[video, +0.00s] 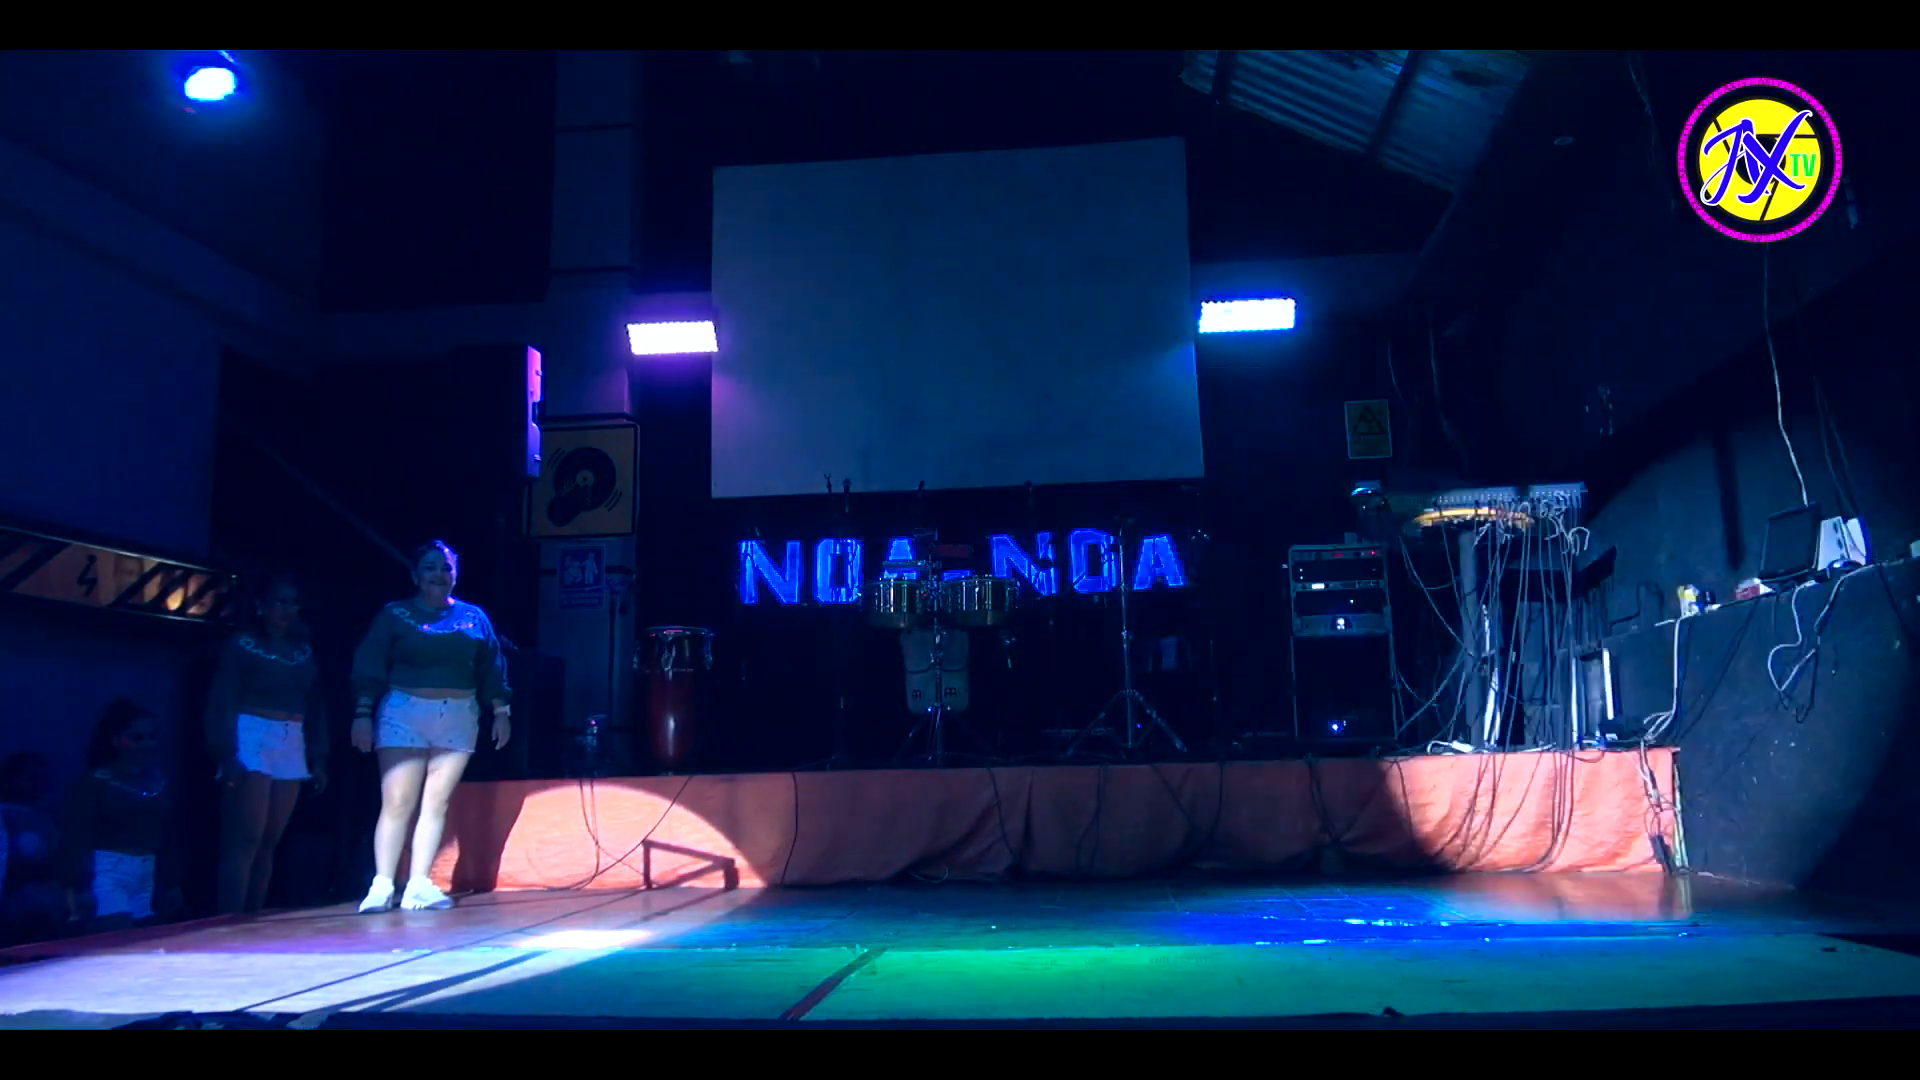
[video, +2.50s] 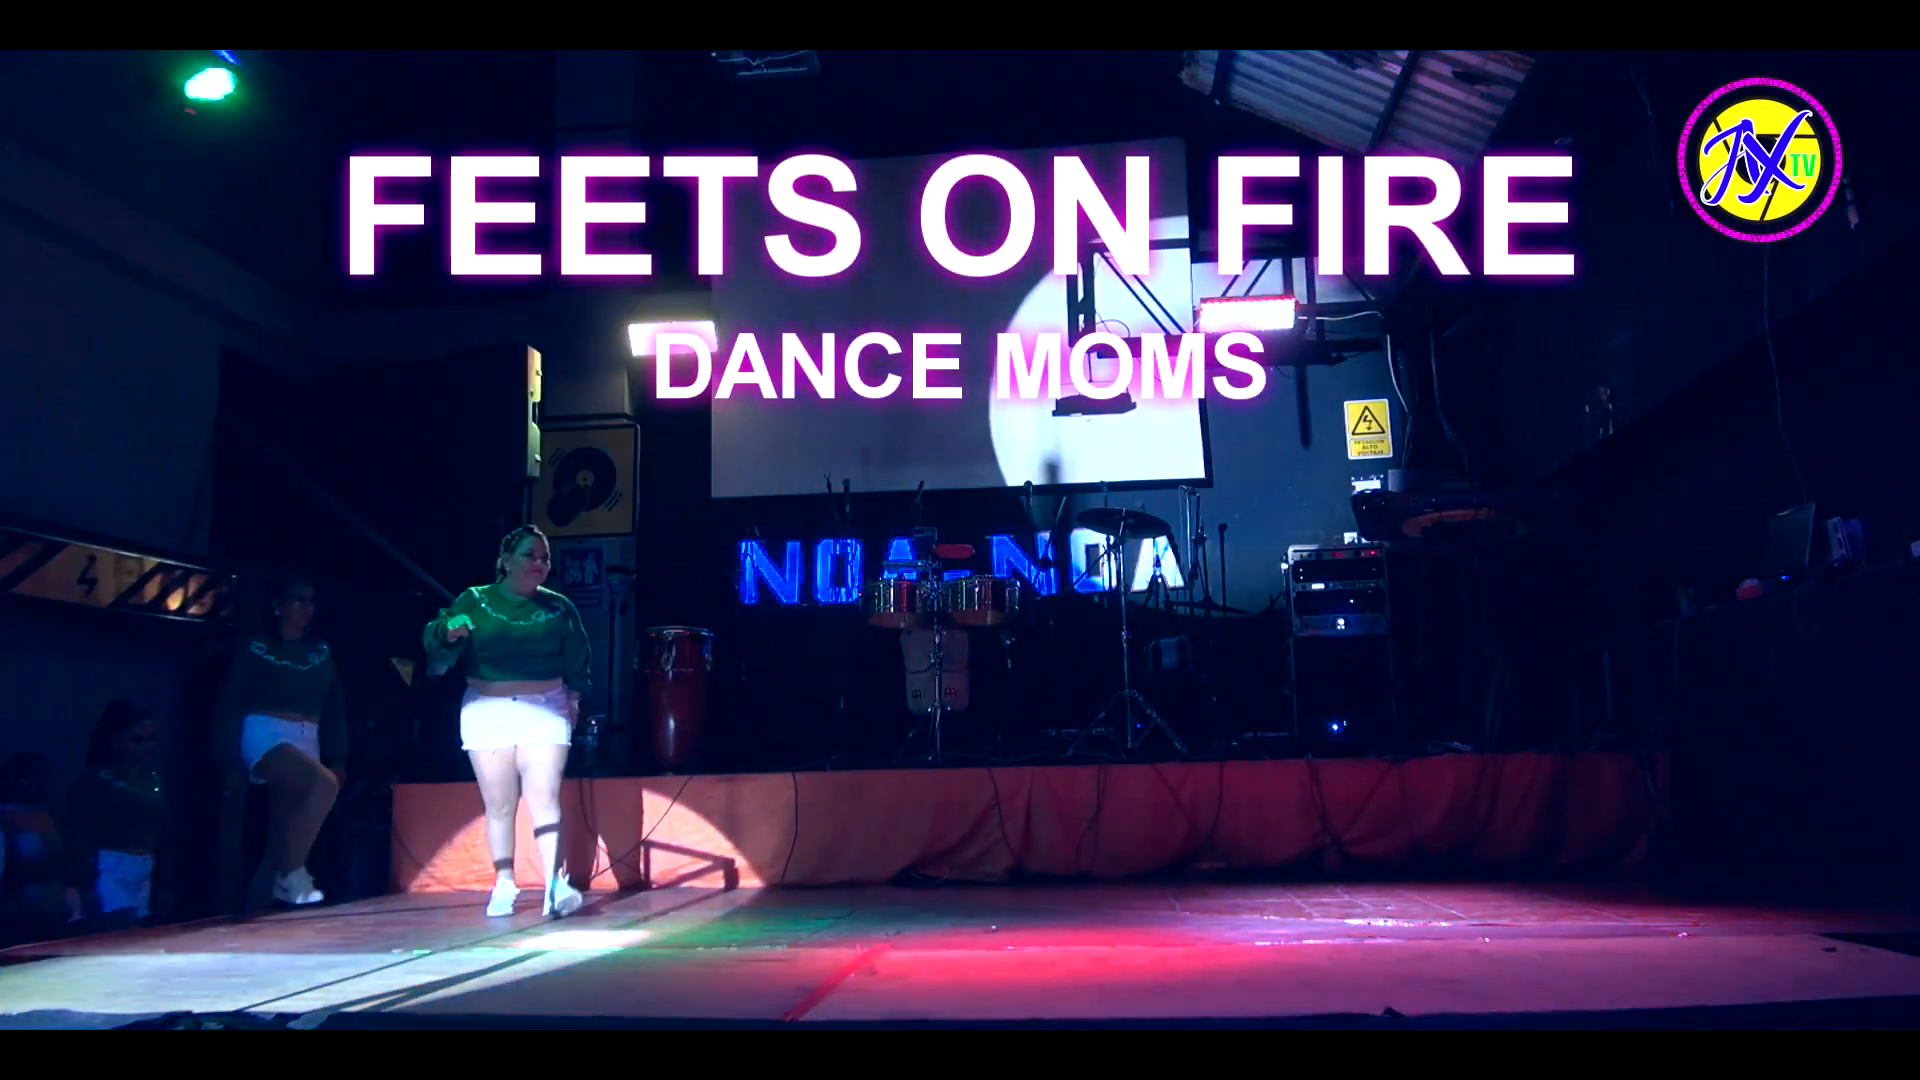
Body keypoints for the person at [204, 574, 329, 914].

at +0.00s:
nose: (286, 610)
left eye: (292, 603)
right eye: (279, 602)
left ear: (299, 608)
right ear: (263, 604)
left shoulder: (303, 651)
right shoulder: (245, 643)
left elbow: (314, 708)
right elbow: (224, 698)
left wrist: (317, 757)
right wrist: (225, 753)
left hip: (293, 735)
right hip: (254, 731)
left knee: (271, 839)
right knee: (249, 834)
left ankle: (254, 916)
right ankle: (232, 916)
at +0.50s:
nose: (286, 608)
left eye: (291, 601)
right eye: (279, 600)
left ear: (298, 607)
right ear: (262, 603)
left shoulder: (303, 651)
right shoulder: (244, 643)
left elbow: (314, 708)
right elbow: (223, 700)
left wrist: (316, 757)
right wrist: (227, 755)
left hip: (293, 734)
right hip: (253, 730)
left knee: (272, 837)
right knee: (250, 832)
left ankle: (254, 915)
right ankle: (231, 916)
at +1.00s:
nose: (282, 610)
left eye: (288, 603)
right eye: (275, 602)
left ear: (294, 608)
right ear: (259, 605)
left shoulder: (300, 649)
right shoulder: (242, 642)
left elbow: (312, 707)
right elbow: (222, 698)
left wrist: (315, 758)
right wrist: (223, 753)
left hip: (292, 733)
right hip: (252, 729)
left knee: (271, 836)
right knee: (249, 831)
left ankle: (254, 915)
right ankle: (232, 913)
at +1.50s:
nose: (280, 611)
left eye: (286, 604)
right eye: (274, 603)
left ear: (293, 609)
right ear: (258, 605)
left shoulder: (298, 647)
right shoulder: (239, 641)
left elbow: (310, 705)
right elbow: (222, 698)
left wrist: (313, 758)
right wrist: (223, 755)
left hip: (290, 733)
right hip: (251, 730)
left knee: (271, 834)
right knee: (248, 828)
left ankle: (255, 912)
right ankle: (232, 911)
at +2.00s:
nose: (286, 610)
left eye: (291, 603)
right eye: (279, 602)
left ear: (298, 608)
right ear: (263, 605)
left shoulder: (304, 651)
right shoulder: (245, 644)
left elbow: (315, 706)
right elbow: (226, 699)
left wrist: (318, 756)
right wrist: (228, 754)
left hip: (296, 735)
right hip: (255, 732)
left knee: (283, 835)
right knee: (257, 832)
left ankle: (260, 915)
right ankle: (232, 915)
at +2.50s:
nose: (305, 610)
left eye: (309, 603)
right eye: (298, 602)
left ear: (313, 610)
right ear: (280, 606)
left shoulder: (320, 653)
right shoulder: (257, 647)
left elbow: (333, 710)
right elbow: (235, 699)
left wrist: (335, 758)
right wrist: (229, 750)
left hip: (308, 734)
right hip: (265, 730)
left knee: (288, 817)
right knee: (323, 783)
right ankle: (293, 873)